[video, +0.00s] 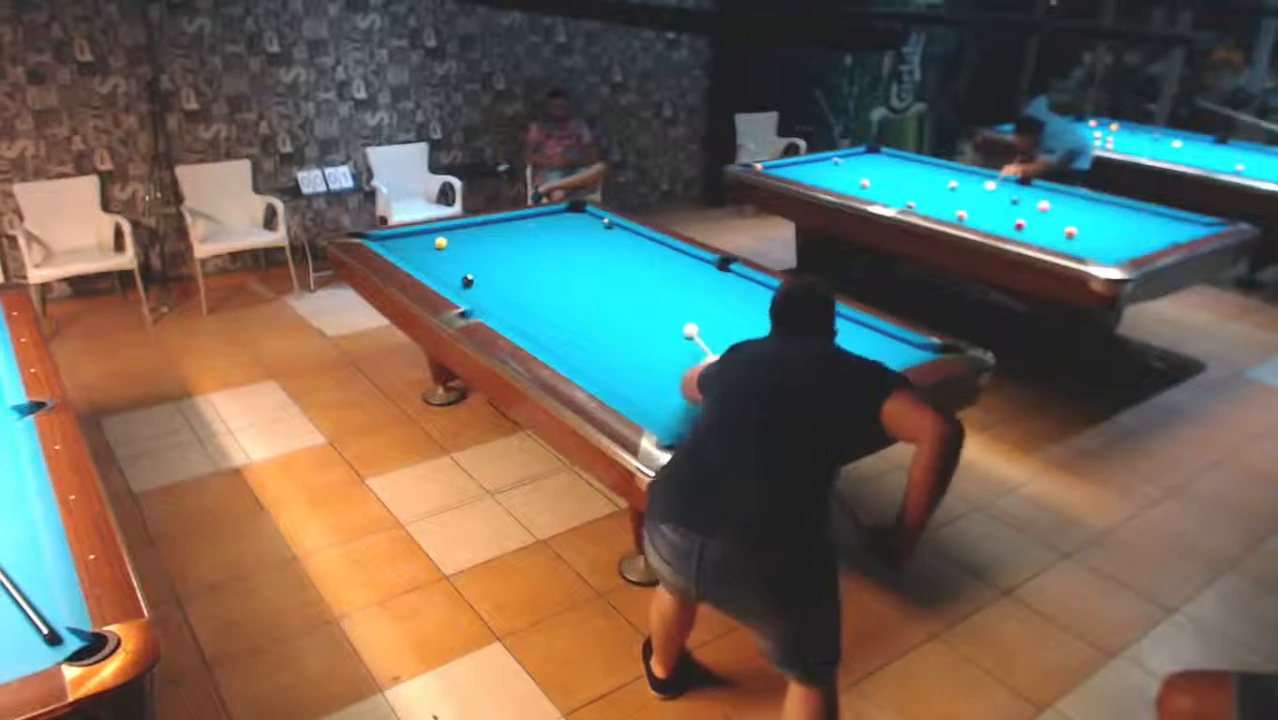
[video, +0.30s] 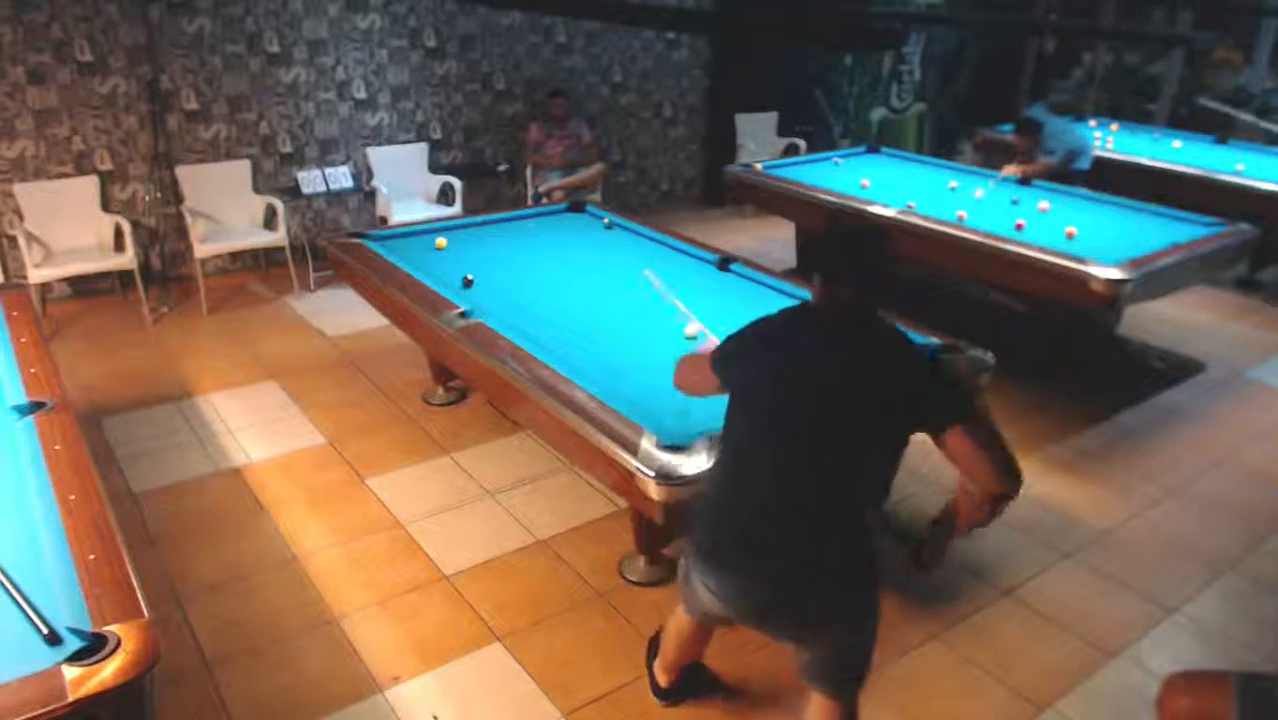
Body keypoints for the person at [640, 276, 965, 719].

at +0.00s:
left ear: (774, 320)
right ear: (830, 326)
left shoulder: (741, 356)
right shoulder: (857, 375)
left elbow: (691, 385)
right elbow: (939, 431)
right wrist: (905, 536)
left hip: (674, 524)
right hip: (770, 550)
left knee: (674, 586)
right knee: (810, 675)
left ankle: (663, 672)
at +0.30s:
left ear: (814, 277)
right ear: (884, 281)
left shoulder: (771, 336)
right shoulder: (908, 366)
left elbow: (687, 378)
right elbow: (994, 481)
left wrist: (723, 355)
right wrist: (961, 518)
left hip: (725, 562)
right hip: (829, 586)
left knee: (694, 611)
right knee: (832, 696)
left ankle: (666, 677)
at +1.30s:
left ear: (763, 316)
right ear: (816, 316)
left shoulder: (730, 349)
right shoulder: (842, 350)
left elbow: (688, 381)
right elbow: (915, 388)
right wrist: (890, 491)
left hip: (660, 506)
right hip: (755, 523)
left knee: (675, 592)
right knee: (793, 686)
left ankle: (669, 676)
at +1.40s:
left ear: (761, 329)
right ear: (815, 329)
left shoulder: (728, 359)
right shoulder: (836, 355)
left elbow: (684, 384)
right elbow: (914, 382)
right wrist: (889, 489)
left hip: (661, 506)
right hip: (757, 522)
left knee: (676, 593)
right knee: (794, 686)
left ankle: (669, 677)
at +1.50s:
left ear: (760, 339)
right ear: (814, 338)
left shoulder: (726, 369)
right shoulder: (832, 363)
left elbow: (683, 386)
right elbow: (915, 377)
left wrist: (707, 361)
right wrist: (889, 484)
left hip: (661, 509)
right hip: (757, 523)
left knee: (675, 592)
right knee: (795, 687)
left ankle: (668, 676)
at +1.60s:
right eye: (810, 338)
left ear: (760, 346)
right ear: (814, 345)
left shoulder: (728, 376)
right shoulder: (834, 371)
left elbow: (683, 393)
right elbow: (918, 376)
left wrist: (708, 363)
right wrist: (888, 486)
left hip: (657, 517)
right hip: (754, 531)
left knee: (677, 590)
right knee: (795, 690)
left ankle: (668, 677)